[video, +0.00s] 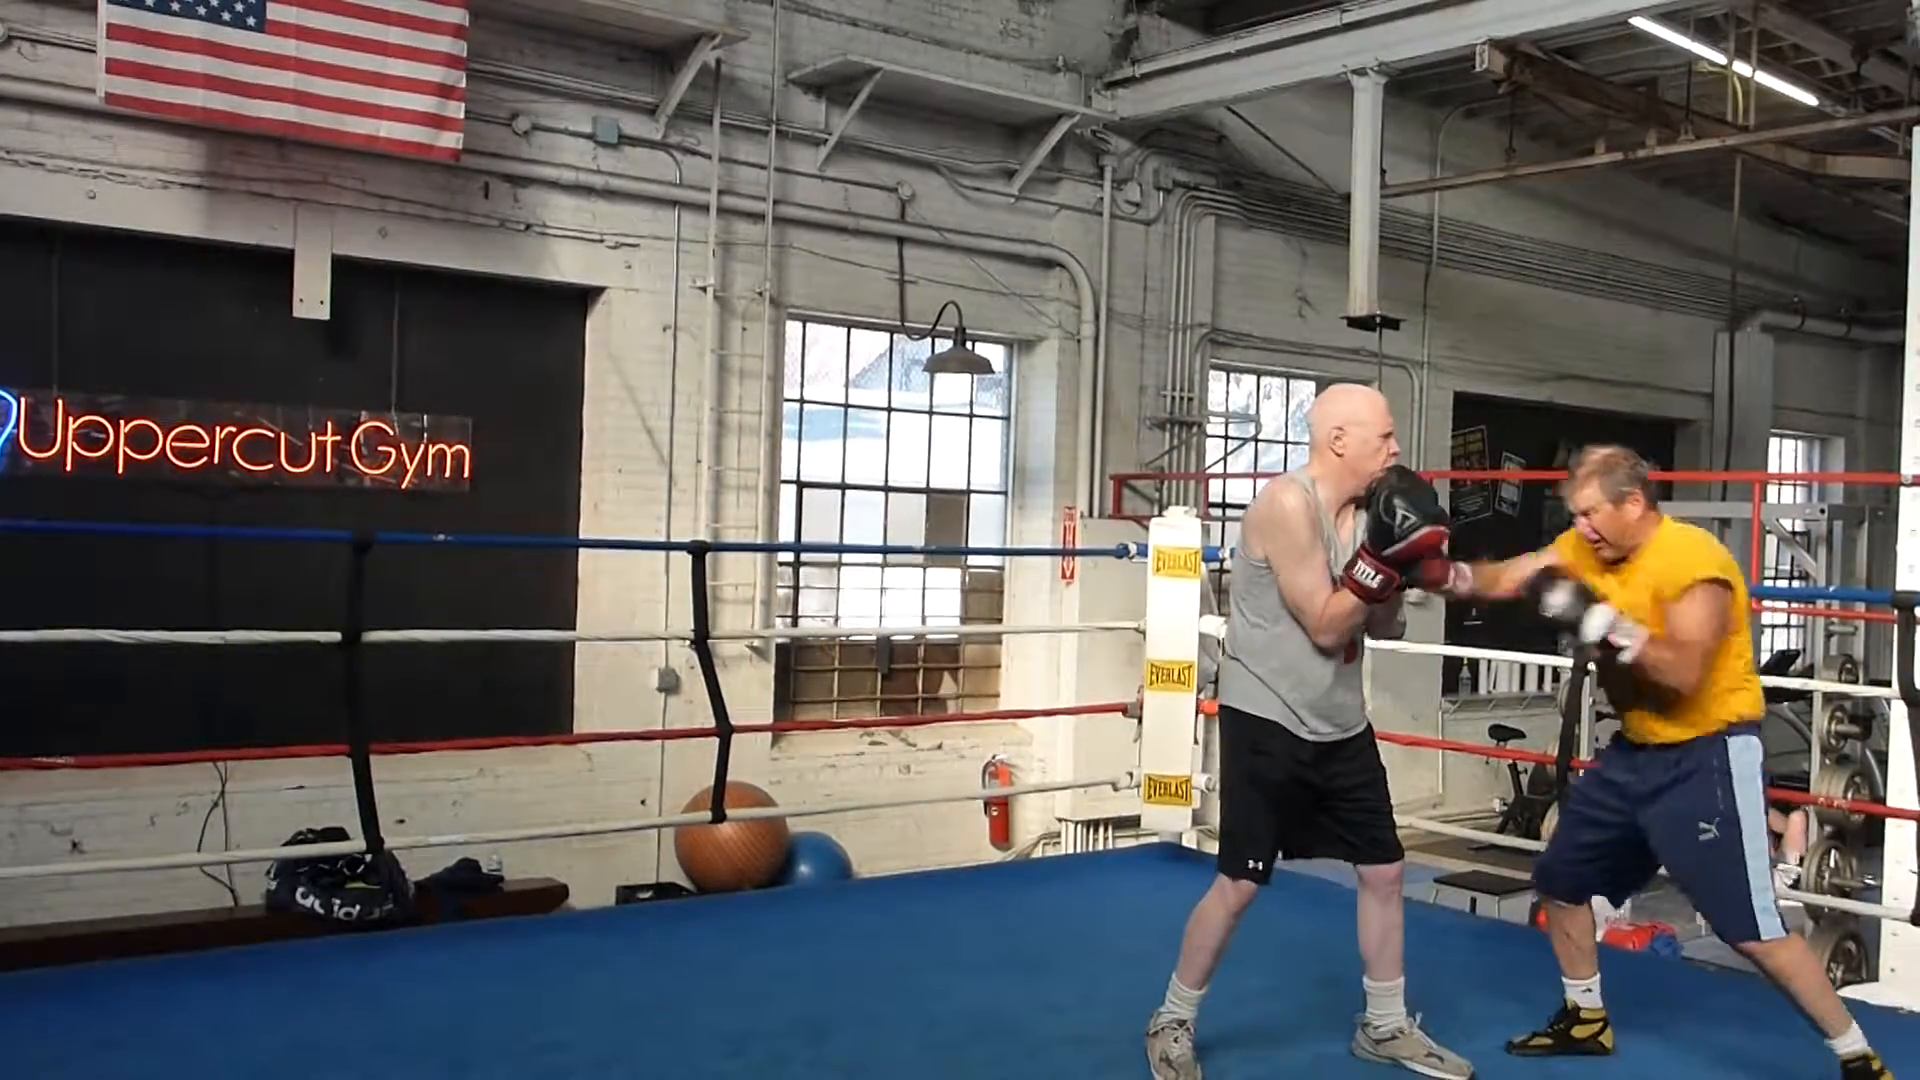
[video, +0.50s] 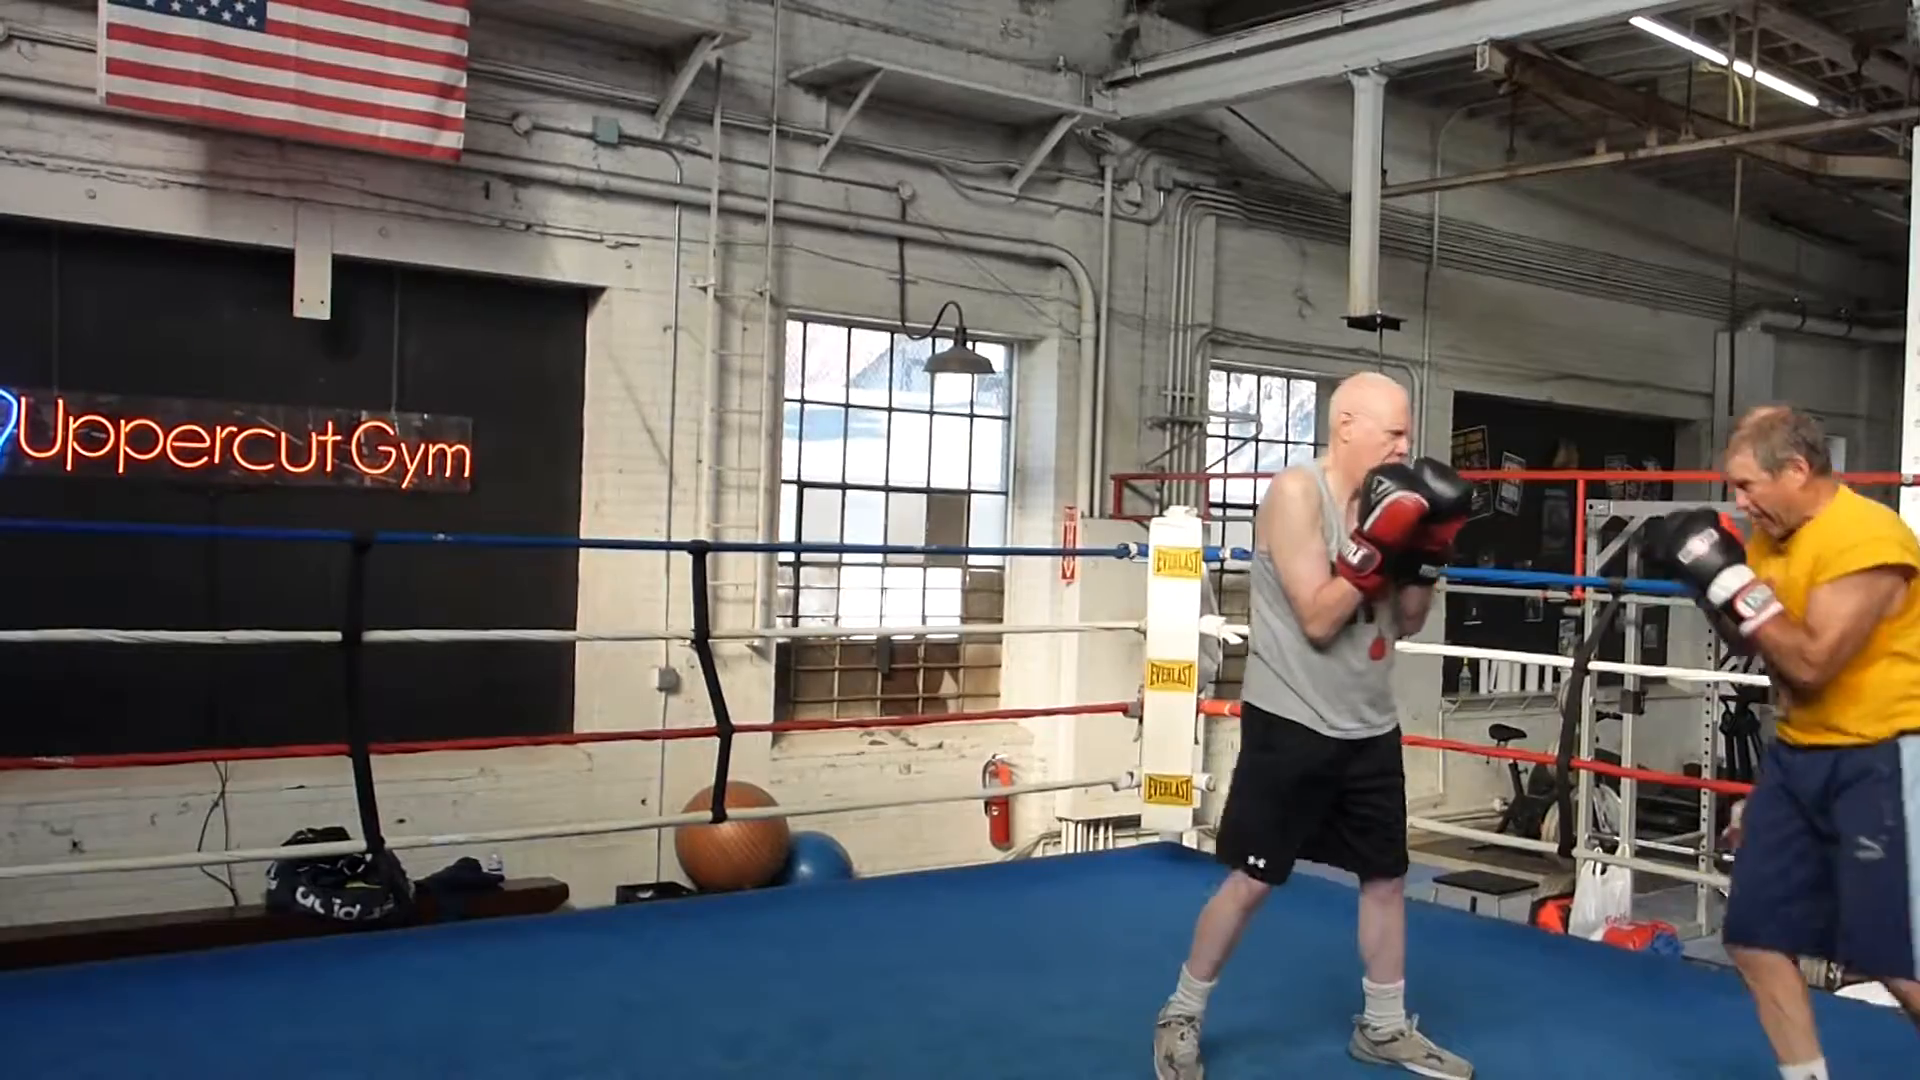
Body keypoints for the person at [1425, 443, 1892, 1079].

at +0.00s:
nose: (1583, 528)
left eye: (1592, 514)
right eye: (1577, 517)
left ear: (1636, 502)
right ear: (1580, 514)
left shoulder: (1693, 556)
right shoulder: (1585, 550)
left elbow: (1685, 670)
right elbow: (1505, 577)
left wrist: (1601, 620)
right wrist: (1438, 570)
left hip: (1712, 752)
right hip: (1636, 752)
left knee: (1752, 925)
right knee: (1562, 878)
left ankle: (1858, 1059)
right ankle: (1585, 1019)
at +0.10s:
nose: (1626, 531)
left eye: (1637, 517)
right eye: (1622, 518)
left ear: (1686, 508)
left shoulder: (1746, 566)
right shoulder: (1636, 557)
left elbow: (1726, 676)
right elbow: (1559, 603)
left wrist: (1656, 587)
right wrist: (1513, 578)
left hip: (1741, 776)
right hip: (1650, 768)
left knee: (1777, 945)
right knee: (1581, 889)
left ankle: (1856, 1070)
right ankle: (1586, 1021)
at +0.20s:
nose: (1680, 522)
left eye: (1691, 506)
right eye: (1675, 509)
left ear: (1742, 494)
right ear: (1674, 504)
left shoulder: (1797, 557)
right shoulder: (1698, 558)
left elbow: (1751, 660)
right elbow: (1653, 630)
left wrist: (1685, 578)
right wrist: (1608, 598)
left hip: (1786, 775)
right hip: (1694, 765)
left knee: (1817, 947)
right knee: (1629, 894)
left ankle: (1868, 1075)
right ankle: (1600, 1020)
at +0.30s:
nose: (1708, 504)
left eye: (1716, 487)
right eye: (1702, 490)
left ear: (1768, 474)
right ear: (1746, 480)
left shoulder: (1826, 534)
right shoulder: (1729, 540)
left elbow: (1752, 640)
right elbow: (1684, 625)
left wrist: (1686, 555)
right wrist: (1649, 568)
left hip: (1828, 760)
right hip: (1736, 749)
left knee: (1843, 950)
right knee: (1664, 883)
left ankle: (1879, 1074)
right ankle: (1698, 1048)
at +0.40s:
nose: (1721, 485)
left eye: (1729, 468)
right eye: (1716, 472)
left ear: (1780, 453)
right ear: (1771, 460)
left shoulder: (1844, 519)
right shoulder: (1748, 525)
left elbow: (1783, 640)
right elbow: (1743, 623)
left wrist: (1708, 558)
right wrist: (1699, 565)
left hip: (1857, 739)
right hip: (1770, 734)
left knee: (1856, 937)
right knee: (1718, 904)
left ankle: (1914, 1067)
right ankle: (1777, 1067)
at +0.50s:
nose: (1738, 503)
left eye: (1745, 484)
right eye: (1733, 488)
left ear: (1798, 469)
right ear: (1787, 474)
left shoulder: (1869, 534)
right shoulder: (1766, 543)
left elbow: (1811, 665)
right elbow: (1772, 647)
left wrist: (1732, 580)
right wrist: (1714, 584)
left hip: (1883, 763)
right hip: (1795, 759)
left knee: (1894, 956)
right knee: (1756, 939)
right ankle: (1806, 1076)